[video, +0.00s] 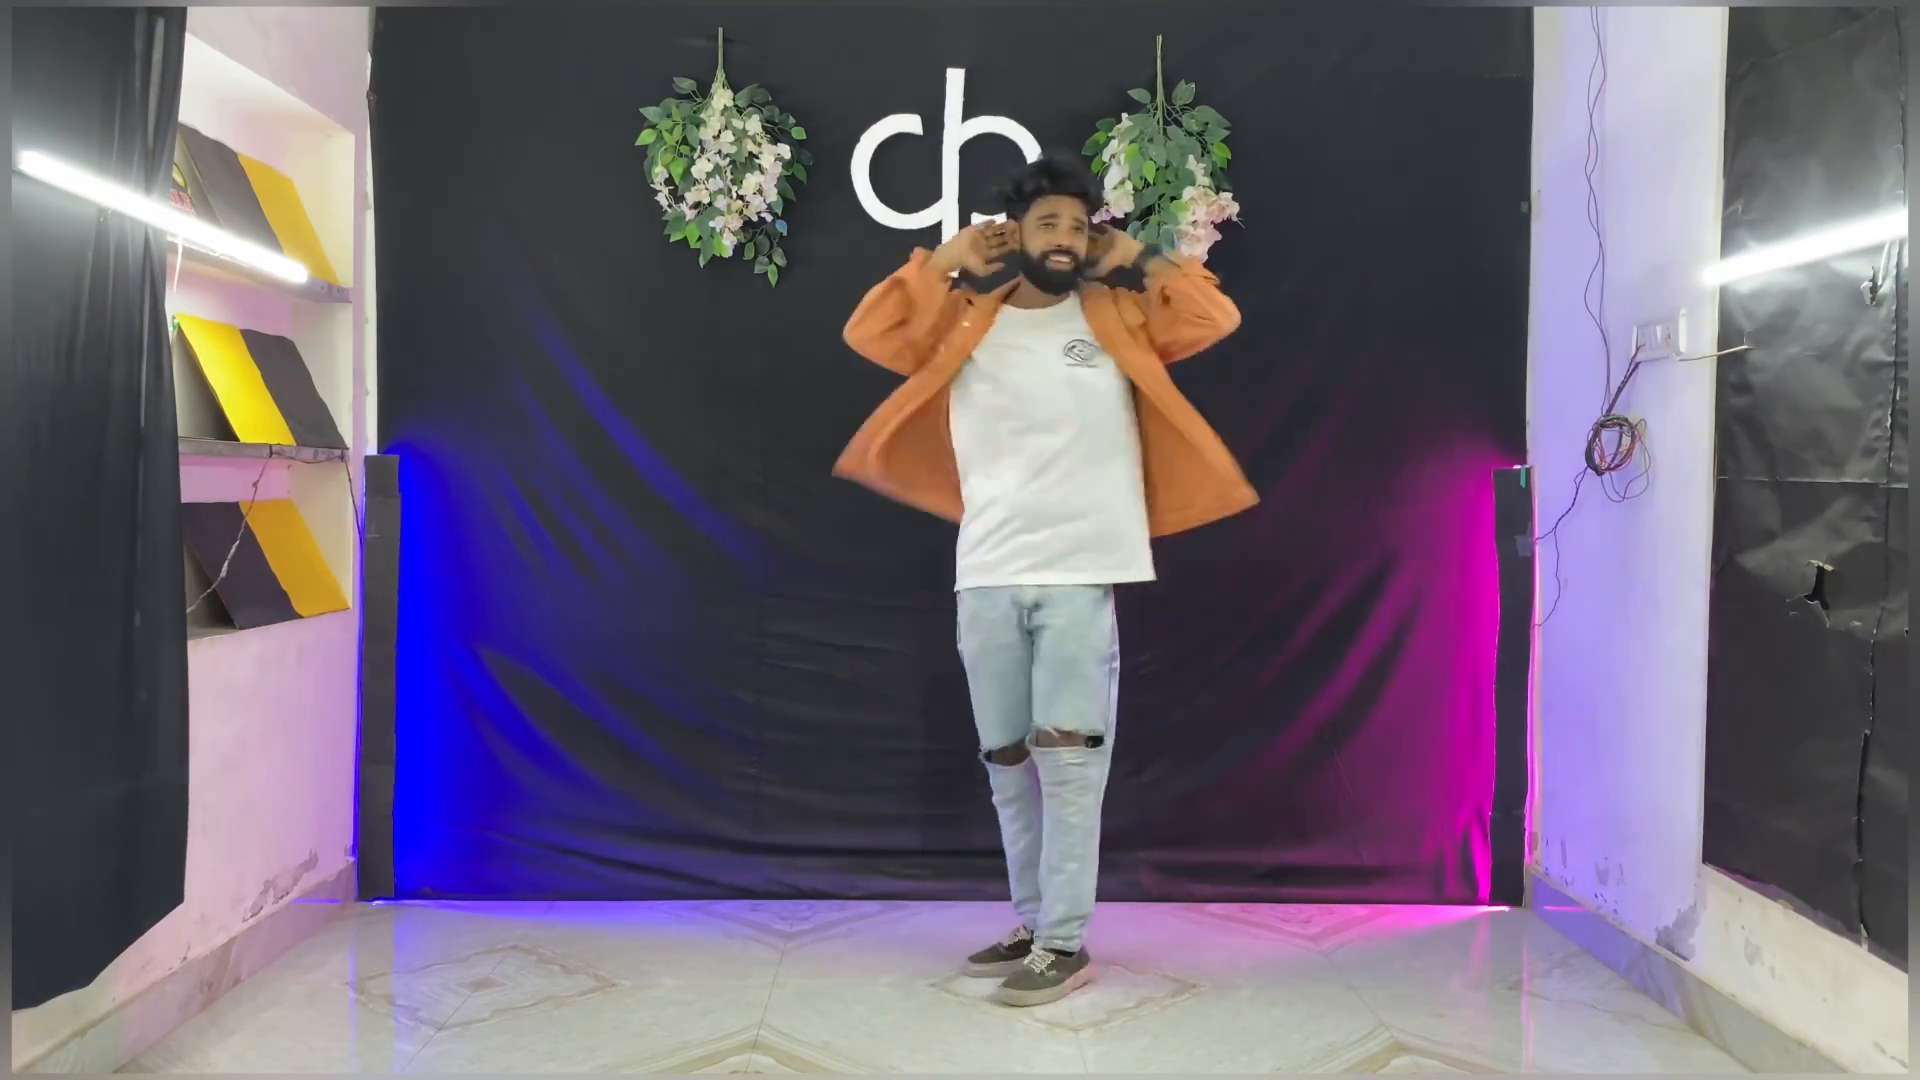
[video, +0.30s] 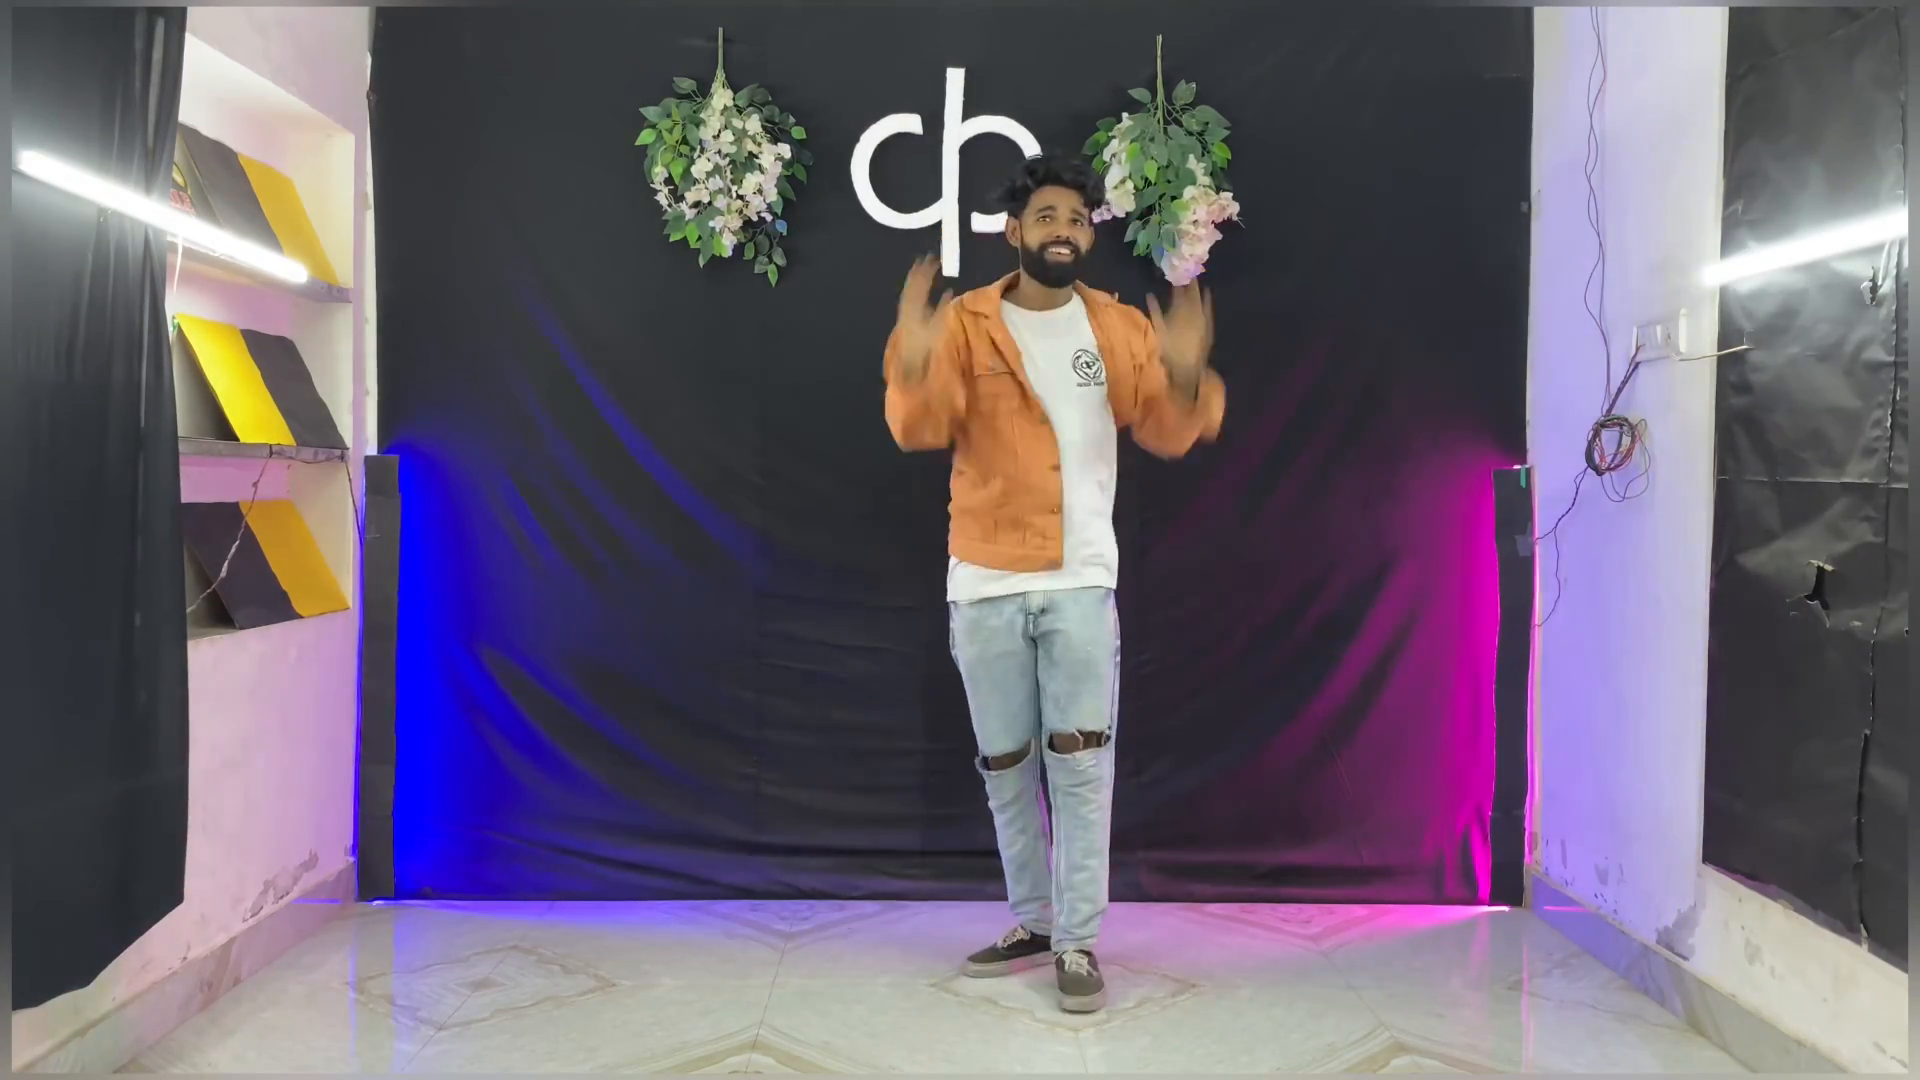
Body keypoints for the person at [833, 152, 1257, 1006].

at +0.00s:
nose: (1060, 241)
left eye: (1074, 227)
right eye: (1045, 224)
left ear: (1093, 238)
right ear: (1014, 230)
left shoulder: (1116, 313)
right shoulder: (965, 316)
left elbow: (1215, 318)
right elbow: (867, 334)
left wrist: (1136, 258)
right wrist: (949, 257)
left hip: (1081, 565)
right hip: (988, 567)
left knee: (1067, 755)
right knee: (1007, 759)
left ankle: (1063, 940)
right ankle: (1032, 926)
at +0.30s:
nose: (1062, 232)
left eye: (1076, 219)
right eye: (1046, 217)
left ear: (1089, 234)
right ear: (1014, 227)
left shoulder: (1119, 323)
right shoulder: (965, 321)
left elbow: (1169, 436)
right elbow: (919, 431)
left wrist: (1189, 375)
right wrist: (913, 341)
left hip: (1079, 572)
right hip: (984, 574)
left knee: (1080, 760)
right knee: (1007, 763)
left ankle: (1077, 940)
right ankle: (1034, 921)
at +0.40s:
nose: (1057, 234)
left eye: (1072, 221)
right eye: (1041, 219)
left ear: (1090, 236)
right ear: (1012, 232)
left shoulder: (1121, 331)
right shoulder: (962, 329)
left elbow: (1157, 430)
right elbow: (932, 441)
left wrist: (1171, 497)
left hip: (1079, 577)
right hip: (980, 579)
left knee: (1078, 759)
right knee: (993, 762)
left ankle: (1076, 940)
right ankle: (1034, 915)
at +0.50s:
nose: (1062, 252)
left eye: (1076, 238)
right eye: (1045, 237)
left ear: (1093, 249)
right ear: (1015, 245)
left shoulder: (1117, 351)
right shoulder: (962, 333)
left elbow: (1147, 464)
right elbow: (926, 442)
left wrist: (1162, 468)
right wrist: (964, 464)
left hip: (1074, 583)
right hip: (973, 582)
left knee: (1073, 760)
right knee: (961, 762)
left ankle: (1077, 940)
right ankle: (1033, 872)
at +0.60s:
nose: (1057, 276)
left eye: (1071, 262)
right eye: (1040, 261)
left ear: (1089, 272)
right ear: (1008, 267)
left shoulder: (1093, 374)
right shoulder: (953, 329)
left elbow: (1120, 493)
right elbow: (889, 417)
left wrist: (1142, 400)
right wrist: (965, 349)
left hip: (1060, 599)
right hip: (960, 595)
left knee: (1065, 768)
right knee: (941, 767)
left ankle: (1076, 943)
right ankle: (994, 871)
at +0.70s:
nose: (1030, 274)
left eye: (1043, 259)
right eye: (1011, 262)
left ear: (1064, 270)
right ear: (980, 274)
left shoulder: (1081, 379)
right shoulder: (935, 332)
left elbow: (1077, 513)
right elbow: (872, 425)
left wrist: (1116, 434)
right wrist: (943, 360)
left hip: (1042, 609)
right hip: (937, 601)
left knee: (1055, 779)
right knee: (901, 763)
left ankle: (1074, 944)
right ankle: (886, 909)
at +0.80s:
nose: (981, 281)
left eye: (992, 263)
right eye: (962, 271)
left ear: (1018, 267)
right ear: (938, 285)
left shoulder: (1061, 378)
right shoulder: (904, 351)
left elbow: (1060, 504)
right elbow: (855, 478)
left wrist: (1061, 509)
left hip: (1007, 619)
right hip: (903, 609)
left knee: (1019, 788)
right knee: (853, 775)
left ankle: (1068, 946)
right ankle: (783, 939)